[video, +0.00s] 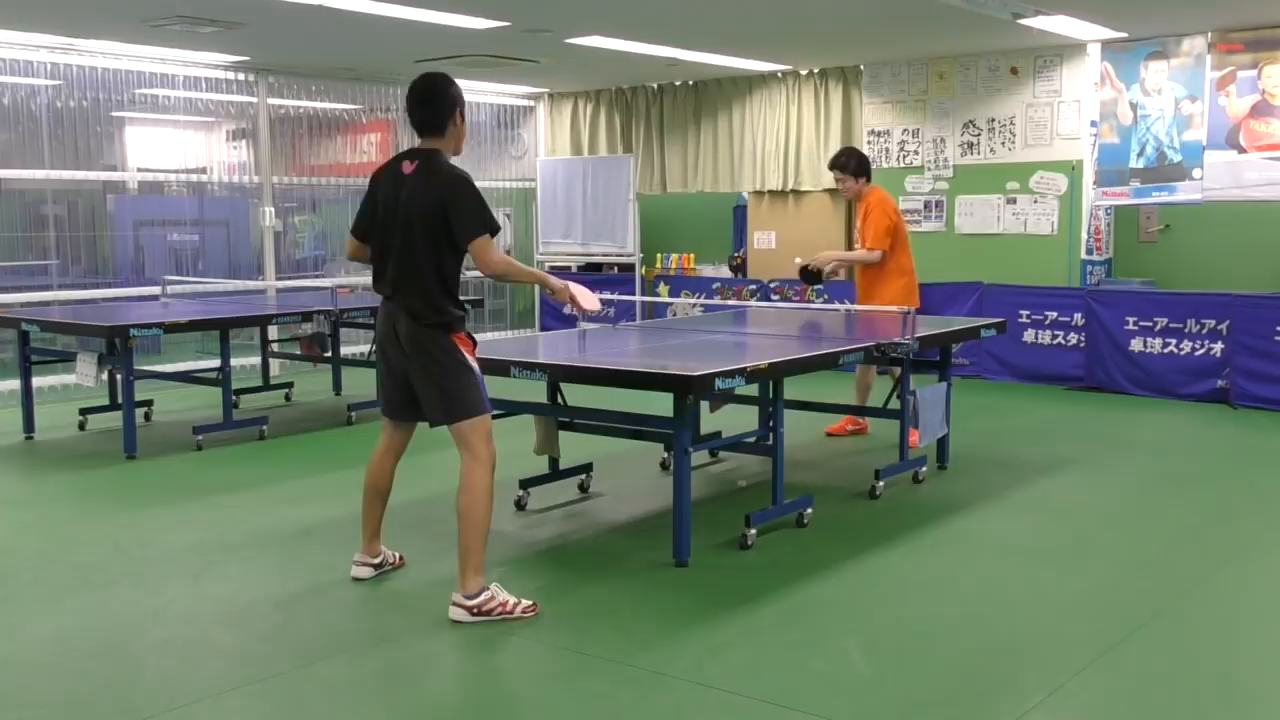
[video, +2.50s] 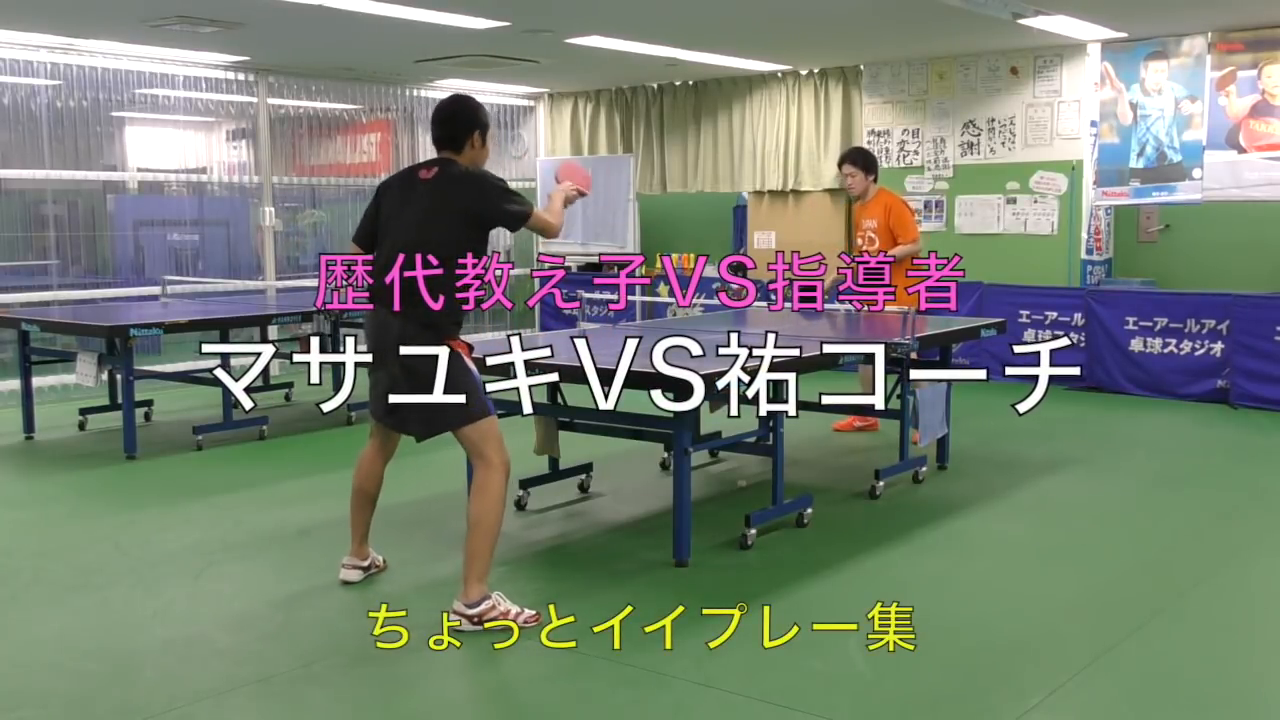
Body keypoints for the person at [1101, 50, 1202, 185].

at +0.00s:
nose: (1159, 77)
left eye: (1162, 71)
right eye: (1155, 71)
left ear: (1168, 72)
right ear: (1144, 72)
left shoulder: (1174, 89)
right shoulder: (1135, 91)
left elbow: (1199, 105)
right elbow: (1125, 121)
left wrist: (1191, 107)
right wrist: (1121, 94)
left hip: (1171, 161)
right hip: (1141, 163)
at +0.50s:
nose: (1159, 76)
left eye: (1163, 71)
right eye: (1155, 71)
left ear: (1168, 72)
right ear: (1144, 72)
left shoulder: (1173, 89)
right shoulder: (1135, 91)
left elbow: (1199, 105)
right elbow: (1125, 121)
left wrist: (1192, 107)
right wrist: (1121, 94)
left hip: (1171, 161)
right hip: (1142, 163)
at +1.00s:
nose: (1159, 77)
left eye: (1162, 71)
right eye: (1154, 71)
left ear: (1168, 72)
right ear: (1144, 72)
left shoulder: (1174, 89)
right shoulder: (1135, 91)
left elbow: (1199, 105)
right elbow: (1125, 121)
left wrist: (1191, 107)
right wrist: (1121, 94)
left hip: (1171, 161)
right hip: (1142, 163)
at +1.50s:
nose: (1159, 77)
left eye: (1163, 71)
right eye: (1155, 71)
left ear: (1168, 73)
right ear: (1144, 72)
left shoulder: (1174, 89)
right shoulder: (1135, 91)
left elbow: (1199, 105)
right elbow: (1125, 120)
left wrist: (1191, 107)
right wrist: (1122, 94)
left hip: (1171, 161)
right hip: (1142, 163)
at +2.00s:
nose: (1159, 77)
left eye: (1163, 71)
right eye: (1155, 71)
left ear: (1168, 73)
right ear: (1144, 72)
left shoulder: (1173, 89)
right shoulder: (1135, 91)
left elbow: (1199, 106)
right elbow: (1125, 121)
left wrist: (1191, 107)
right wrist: (1121, 94)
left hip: (1171, 161)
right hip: (1142, 163)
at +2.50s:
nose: (1159, 77)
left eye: (1163, 71)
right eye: (1155, 71)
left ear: (1168, 73)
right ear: (1144, 72)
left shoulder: (1173, 89)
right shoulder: (1135, 91)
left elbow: (1199, 106)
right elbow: (1125, 121)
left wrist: (1191, 107)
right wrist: (1121, 94)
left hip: (1171, 161)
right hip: (1141, 163)